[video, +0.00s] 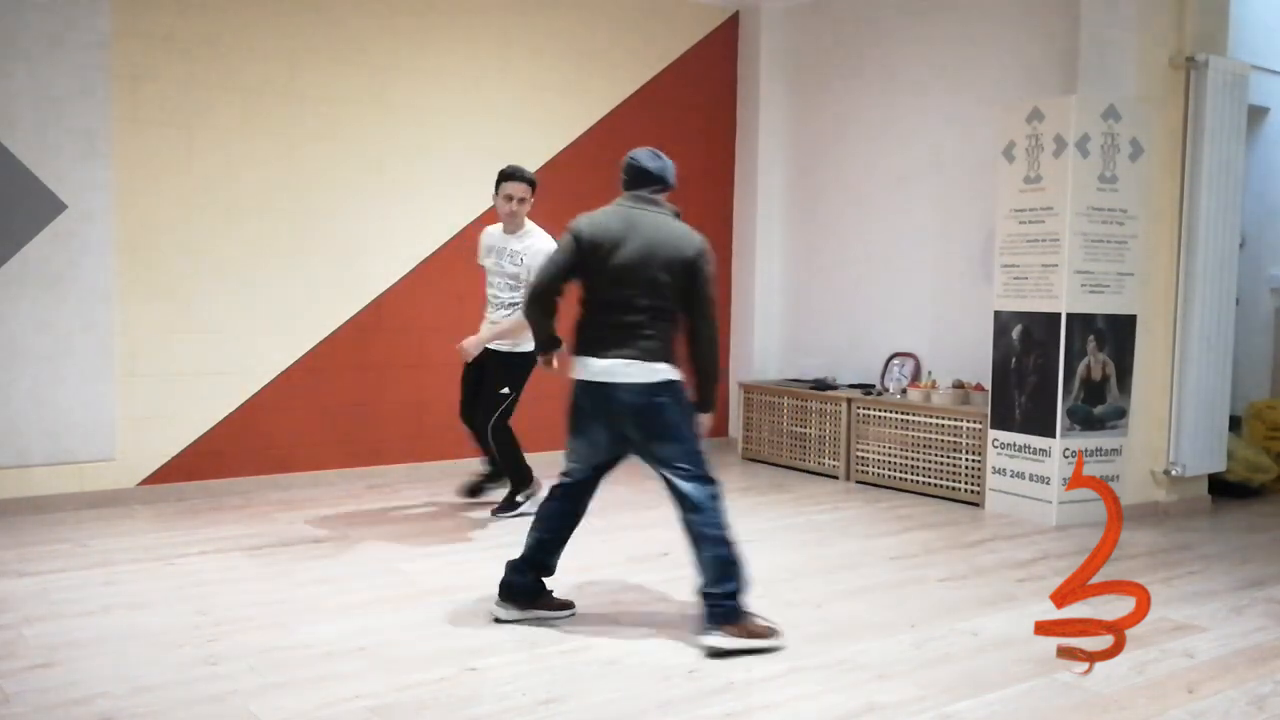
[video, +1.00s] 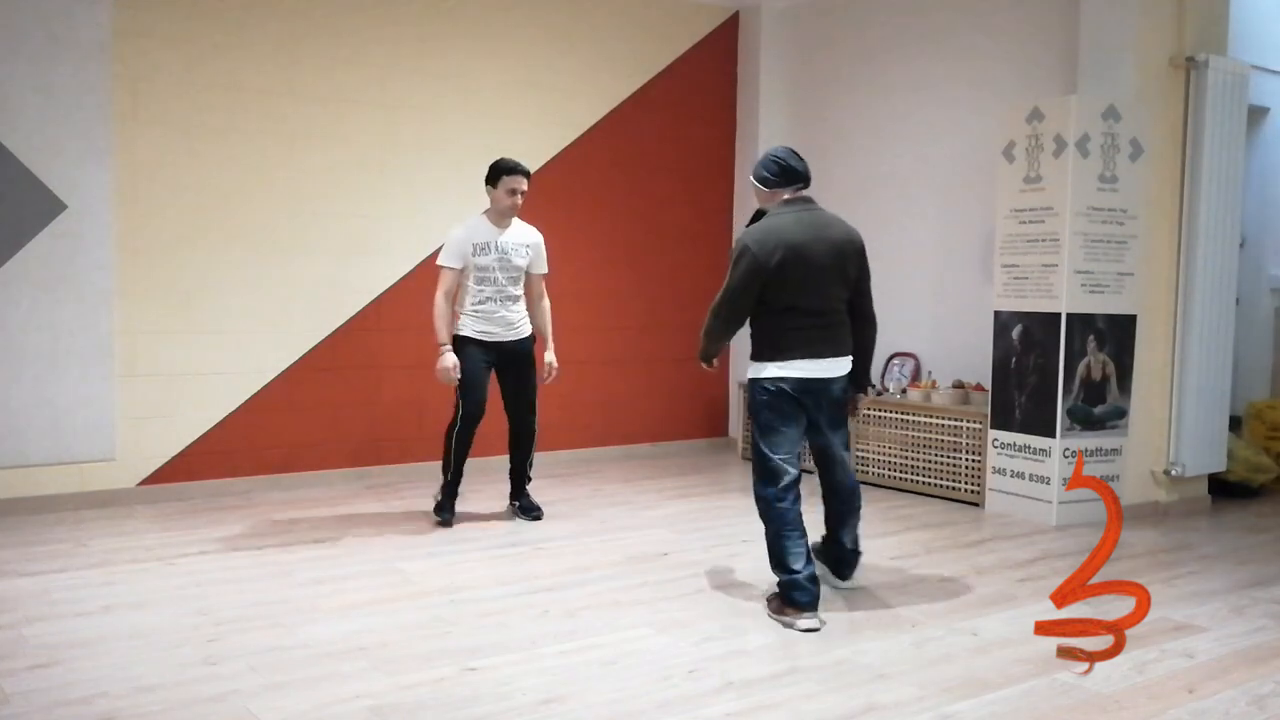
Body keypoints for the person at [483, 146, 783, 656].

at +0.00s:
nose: (668, 196)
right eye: (670, 189)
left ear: (623, 184)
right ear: (667, 190)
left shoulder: (590, 227)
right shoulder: (689, 242)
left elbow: (540, 290)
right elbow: (703, 330)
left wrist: (547, 342)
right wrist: (706, 398)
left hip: (594, 385)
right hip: (655, 387)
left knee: (573, 485)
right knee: (697, 493)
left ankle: (522, 585)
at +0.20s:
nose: (667, 206)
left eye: (667, 198)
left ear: (671, 197)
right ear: (720, 194)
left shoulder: (659, 242)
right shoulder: (756, 246)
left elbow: (635, 322)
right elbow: (787, 336)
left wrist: (596, 397)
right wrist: (774, 392)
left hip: (675, 401)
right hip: (744, 400)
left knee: (627, 494)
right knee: (764, 510)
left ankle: (575, 587)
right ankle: (757, 625)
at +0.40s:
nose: (703, 186)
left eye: (703, 178)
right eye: (706, 178)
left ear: (710, 178)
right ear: (755, 173)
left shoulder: (713, 218)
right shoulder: (797, 223)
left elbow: (716, 292)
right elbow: (828, 306)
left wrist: (711, 370)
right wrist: (814, 367)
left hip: (733, 375)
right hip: (791, 372)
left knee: (717, 486)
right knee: (786, 493)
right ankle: (776, 617)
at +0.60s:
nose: (721, 198)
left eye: (722, 190)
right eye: (722, 190)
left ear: (733, 189)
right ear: (771, 184)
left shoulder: (737, 234)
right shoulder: (816, 232)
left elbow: (732, 322)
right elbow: (831, 317)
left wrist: (719, 405)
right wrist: (815, 367)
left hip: (758, 385)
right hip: (817, 383)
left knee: (756, 491)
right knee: (816, 487)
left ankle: (793, 595)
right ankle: (795, 579)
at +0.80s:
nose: (739, 191)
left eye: (741, 184)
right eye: (740, 184)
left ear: (752, 186)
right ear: (791, 181)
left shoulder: (750, 237)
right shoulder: (834, 230)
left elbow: (724, 325)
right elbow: (850, 312)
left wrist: (699, 390)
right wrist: (838, 366)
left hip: (767, 383)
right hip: (826, 378)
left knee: (765, 486)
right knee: (833, 469)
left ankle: (797, 594)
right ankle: (858, 569)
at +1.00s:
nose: (756, 195)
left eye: (757, 188)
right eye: (757, 188)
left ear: (767, 190)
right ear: (804, 186)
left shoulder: (760, 239)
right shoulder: (845, 235)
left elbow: (729, 309)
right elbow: (863, 317)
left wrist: (708, 349)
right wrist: (858, 379)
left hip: (777, 378)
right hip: (834, 376)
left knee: (778, 487)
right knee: (839, 470)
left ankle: (798, 595)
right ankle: (842, 557)